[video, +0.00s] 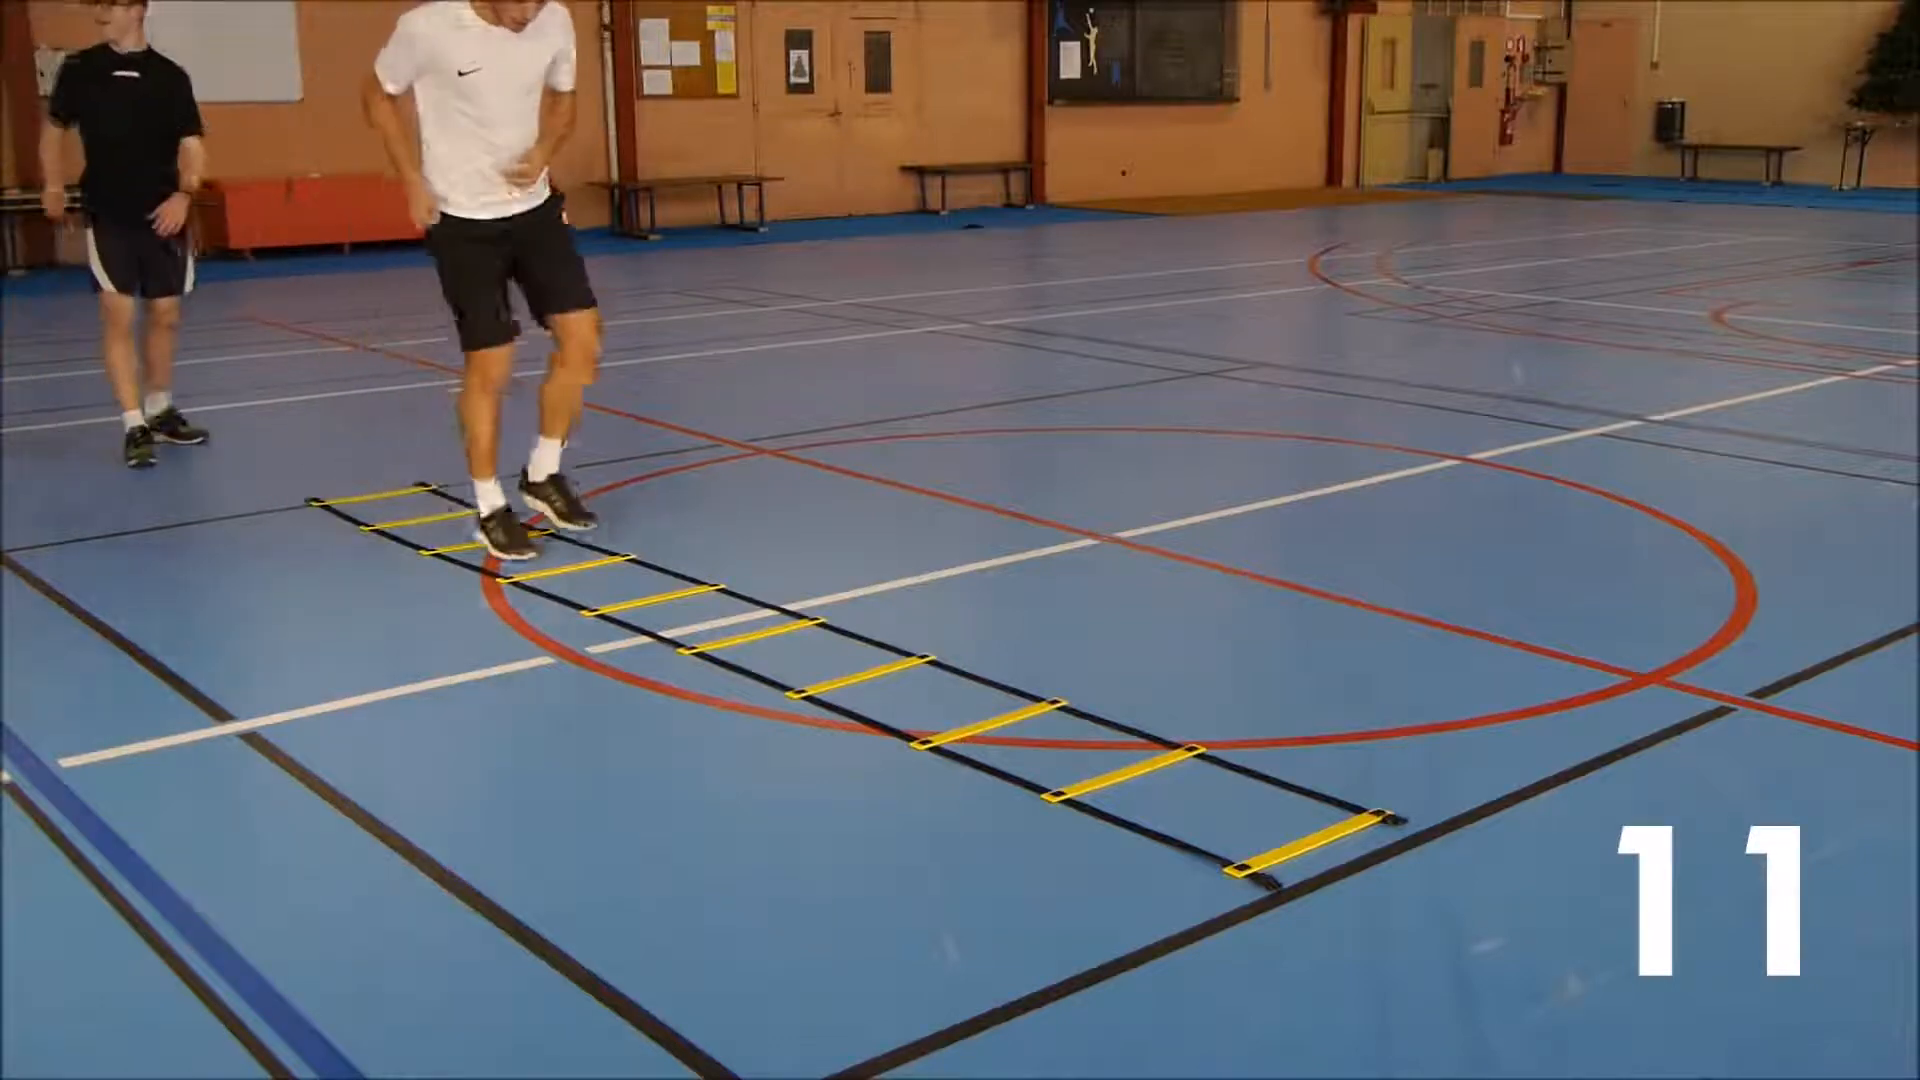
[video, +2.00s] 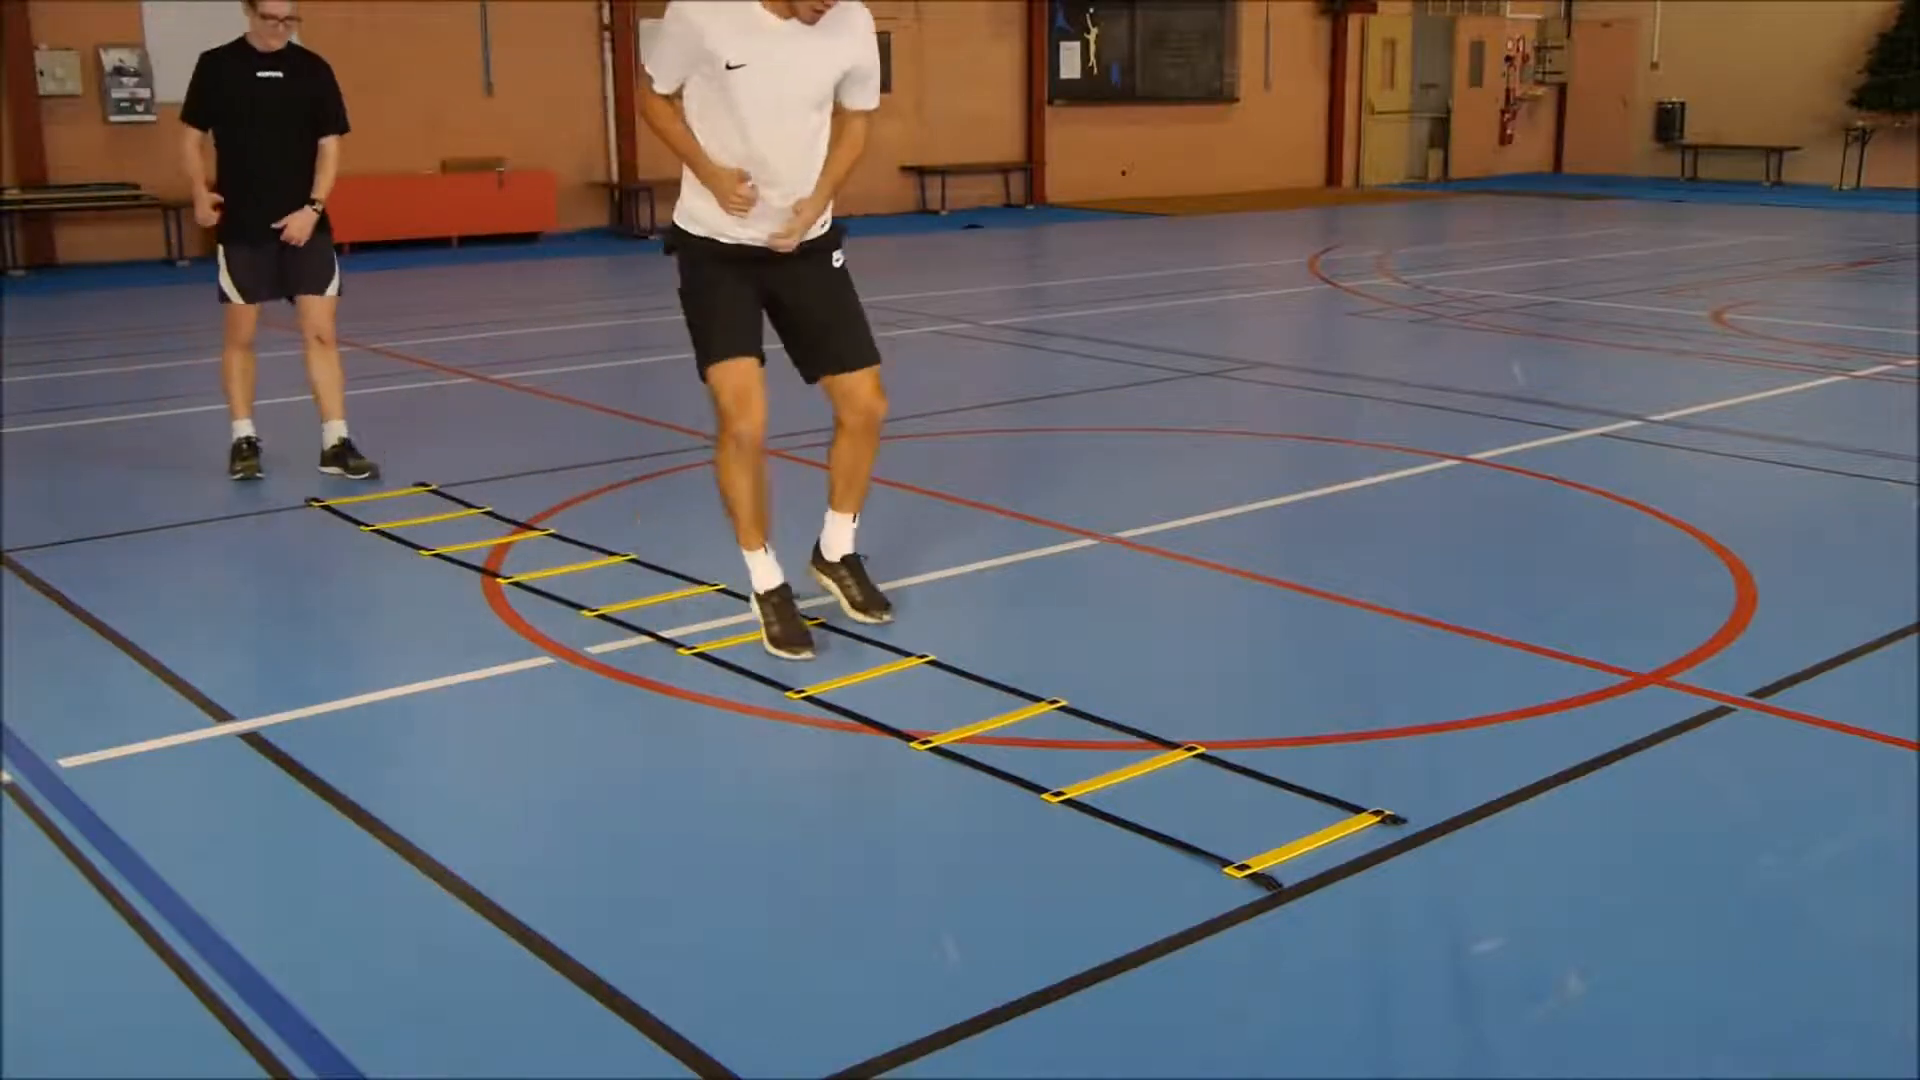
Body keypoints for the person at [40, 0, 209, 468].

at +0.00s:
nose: (100, 13)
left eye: (111, 5)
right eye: (98, 5)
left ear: (139, 11)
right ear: (96, 11)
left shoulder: (171, 76)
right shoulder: (79, 69)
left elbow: (191, 144)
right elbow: (54, 129)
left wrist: (184, 196)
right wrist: (54, 184)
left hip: (163, 210)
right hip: (108, 211)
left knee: (167, 315)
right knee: (119, 315)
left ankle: (160, 410)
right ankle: (134, 425)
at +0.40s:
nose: (138, 28)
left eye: (145, 18)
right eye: (127, 19)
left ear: (153, 14)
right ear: (105, 15)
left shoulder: (172, 64)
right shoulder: (82, 74)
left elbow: (203, 133)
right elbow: (67, 149)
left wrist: (232, 197)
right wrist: (78, 222)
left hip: (189, 212)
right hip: (128, 220)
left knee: (220, 309)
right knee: (130, 326)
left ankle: (220, 410)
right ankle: (137, 427)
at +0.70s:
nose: (197, 33)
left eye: (204, 24)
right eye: (187, 23)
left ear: (211, 21)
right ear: (164, 18)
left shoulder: (222, 73)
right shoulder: (134, 72)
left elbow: (242, 145)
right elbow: (112, 146)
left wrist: (262, 209)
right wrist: (120, 213)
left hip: (223, 219)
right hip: (164, 224)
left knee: (240, 319)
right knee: (153, 327)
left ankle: (260, 425)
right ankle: (141, 428)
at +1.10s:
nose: (201, 12)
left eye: (211, 4)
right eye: (201, 5)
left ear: (241, 9)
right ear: (204, 12)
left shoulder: (278, 73)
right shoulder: (182, 63)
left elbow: (301, 148)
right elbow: (163, 139)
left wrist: (307, 215)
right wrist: (172, 207)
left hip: (257, 218)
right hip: (199, 219)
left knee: (257, 323)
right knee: (208, 326)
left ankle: (261, 427)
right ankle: (218, 435)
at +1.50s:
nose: (161, 14)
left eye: (169, 5)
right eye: (160, 7)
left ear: (198, 7)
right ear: (185, 14)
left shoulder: (257, 62)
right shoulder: (165, 74)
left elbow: (291, 140)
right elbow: (156, 152)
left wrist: (285, 209)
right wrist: (144, 167)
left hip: (273, 215)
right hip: (214, 223)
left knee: (310, 319)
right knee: (225, 332)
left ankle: (295, 402)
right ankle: (241, 438)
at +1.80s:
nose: (230, 24)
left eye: (238, 16)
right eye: (220, 17)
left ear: (250, 13)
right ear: (203, 14)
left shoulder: (281, 66)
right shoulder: (183, 70)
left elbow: (303, 148)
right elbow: (171, 153)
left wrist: (293, 215)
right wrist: (161, 132)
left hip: (284, 218)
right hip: (223, 225)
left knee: (314, 329)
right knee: (230, 334)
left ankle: (338, 439)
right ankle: (241, 439)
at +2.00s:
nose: (280, 29)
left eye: (289, 20)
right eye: (270, 19)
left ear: (298, 16)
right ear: (249, 13)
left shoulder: (315, 69)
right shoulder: (215, 66)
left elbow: (330, 148)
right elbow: (192, 136)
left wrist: (314, 209)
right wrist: (199, 189)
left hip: (304, 221)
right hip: (242, 225)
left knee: (322, 334)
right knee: (240, 336)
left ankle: (336, 442)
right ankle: (244, 439)